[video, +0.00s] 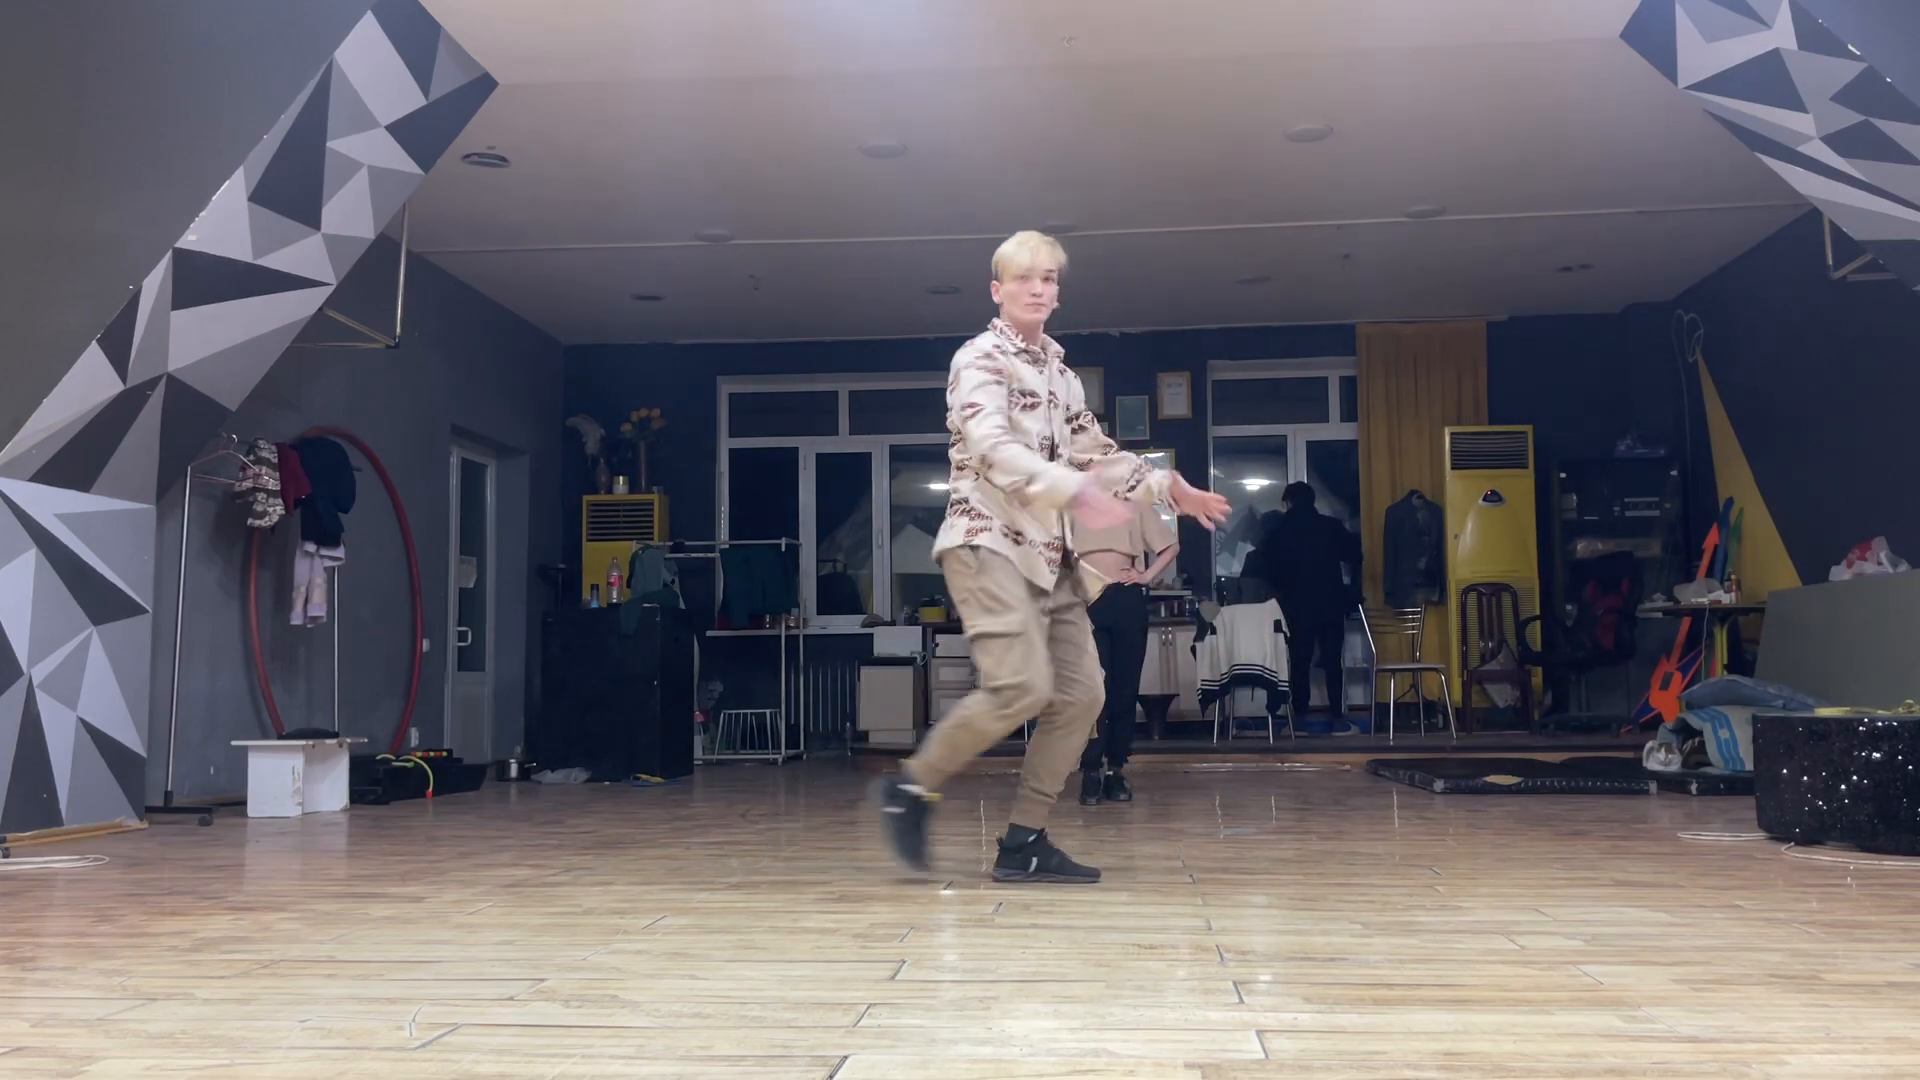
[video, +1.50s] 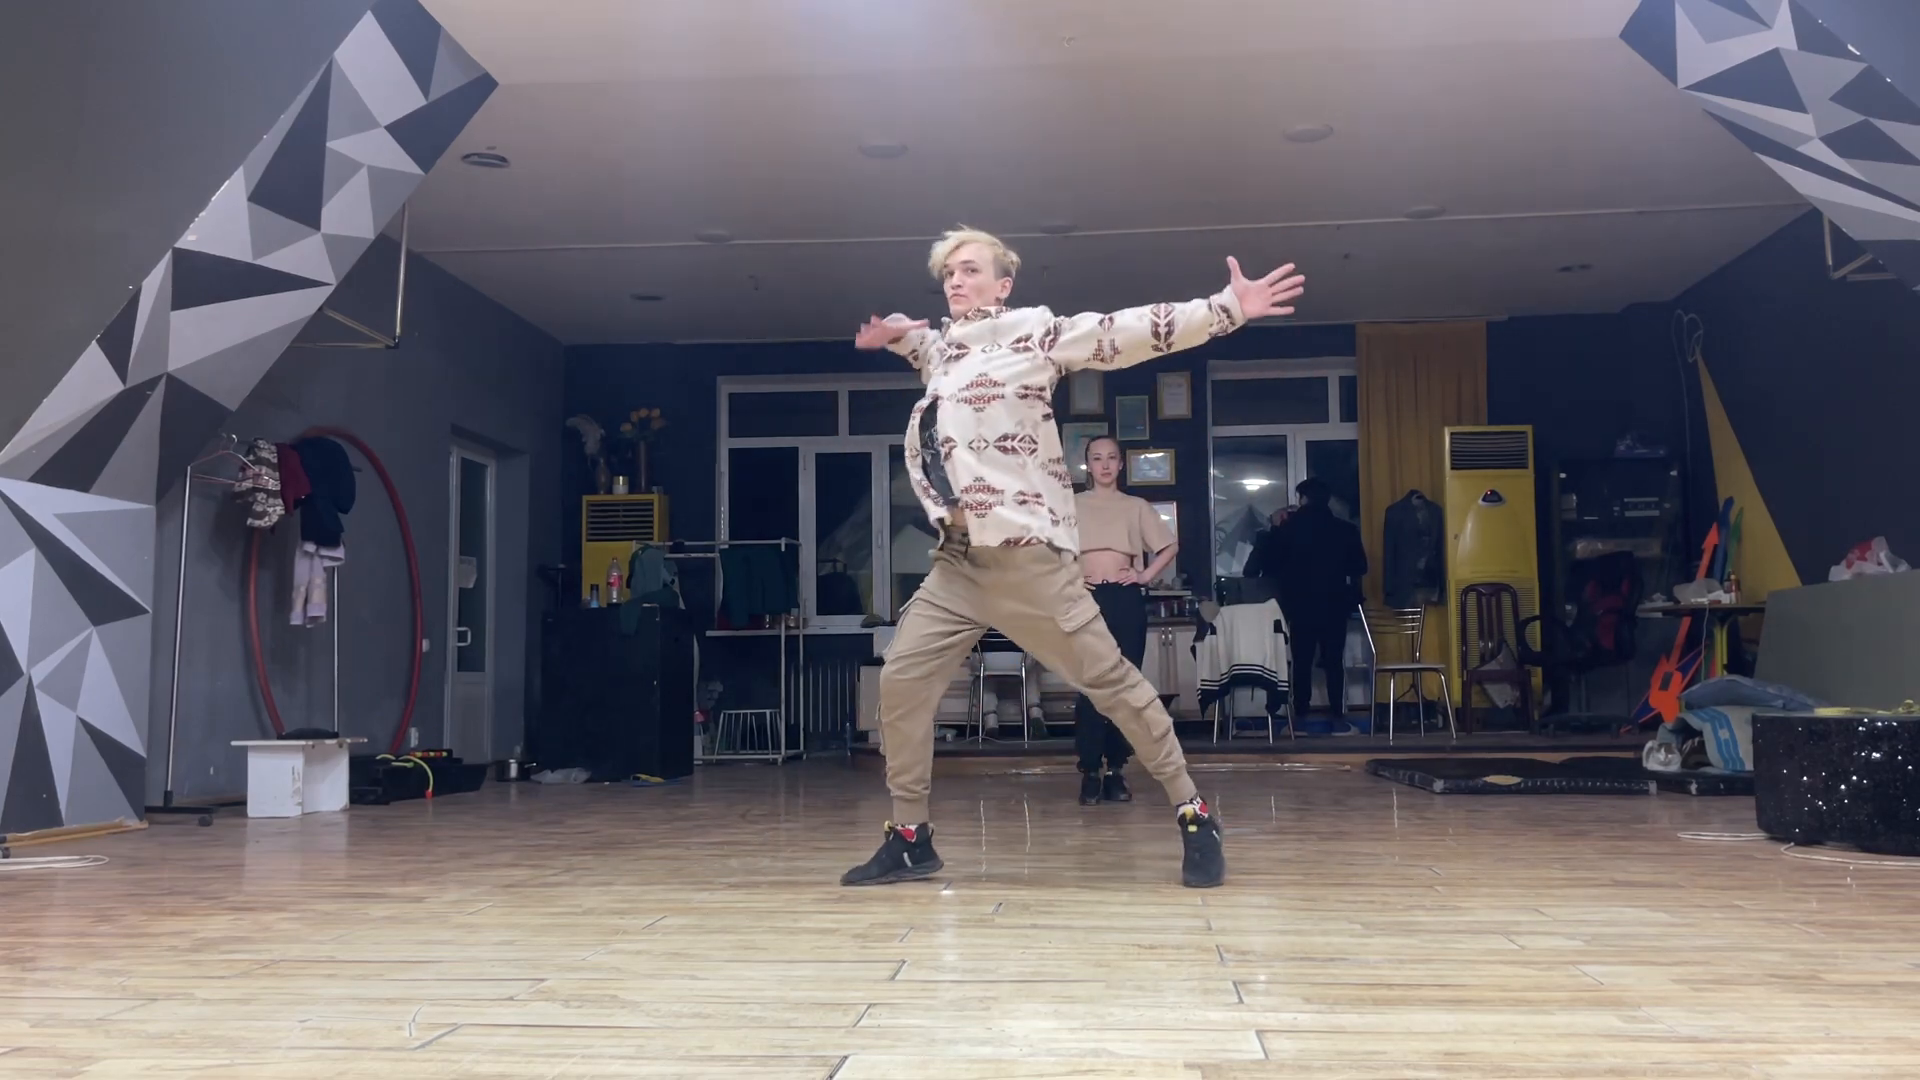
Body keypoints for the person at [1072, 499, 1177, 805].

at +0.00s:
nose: (1097, 458)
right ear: (1082, 461)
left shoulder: (1133, 500)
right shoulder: (1067, 500)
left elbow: (1169, 545)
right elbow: (1054, 545)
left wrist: (1148, 574)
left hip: (1126, 596)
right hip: (1083, 598)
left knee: (1123, 689)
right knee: (1091, 689)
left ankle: (1115, 772)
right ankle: (1091, 775)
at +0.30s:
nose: (1107, 464)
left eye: (1113, 457)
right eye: (1099, 457)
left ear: (1122, 464)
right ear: (1087, 463)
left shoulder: (1137, 507)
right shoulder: (1072, 501)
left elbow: (1170, 546)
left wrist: (1144, 578)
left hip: (1128, 600)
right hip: (1088, 611)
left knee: (1118, 698)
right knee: (1096, 691)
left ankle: (1114, 771)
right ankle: (1093, 774)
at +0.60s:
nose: (1106, 464)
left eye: (1113, 459)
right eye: (1100, 458)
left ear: (1122, 465)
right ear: (1089, 464)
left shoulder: (1138, 507)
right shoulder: (1070, 506)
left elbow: (1171, 546)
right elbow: (1046, 553)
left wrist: (1147, 575)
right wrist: (1068, 584)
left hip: (1128, 601)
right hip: (1088, 602)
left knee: (1124, 691)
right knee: (1093, 690)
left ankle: (1115, 772)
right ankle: (1091, 773)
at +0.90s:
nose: (1105, 464)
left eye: (1111, 458)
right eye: (1099, 458)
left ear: (1121, 463)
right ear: (1088, 464)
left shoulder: (1137, 507)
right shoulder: (1071, 506)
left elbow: (1170, 546)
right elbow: (1051, 549)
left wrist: (1147, 574)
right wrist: (1067, 582)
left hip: (1127, 599)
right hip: (1086, 601)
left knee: (1124, 689)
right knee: (1092, 689)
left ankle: (1116, 771)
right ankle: (1091, 772)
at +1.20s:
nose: (1106, 464)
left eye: (1112, 458)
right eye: (1098, 458)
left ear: (1121, 463)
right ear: (1088, 464)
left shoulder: (1137, 507)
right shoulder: (1072, 505)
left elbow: (1169, 547)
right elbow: (1046, 545)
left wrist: (1146, 575)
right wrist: (1067, 579)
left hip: (1127, 599)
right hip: (1085, 602)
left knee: (1124, 692)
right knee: (1092, 691)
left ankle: (1115, 771)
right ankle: (1092, 776)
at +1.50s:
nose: (1105, 464)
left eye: (1111, 458)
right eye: (1097, 458)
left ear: (1121, 463)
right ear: (1086, 465)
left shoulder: (1136, 506)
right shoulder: (1070, 505)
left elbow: (1170, 546)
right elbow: (1052, 546)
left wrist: (1146, 575)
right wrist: (1071, 578)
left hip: (1126, 598)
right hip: (1084, 599)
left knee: (1122, 681)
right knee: (1090, 682)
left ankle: (1115, 771)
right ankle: (1090, 772)